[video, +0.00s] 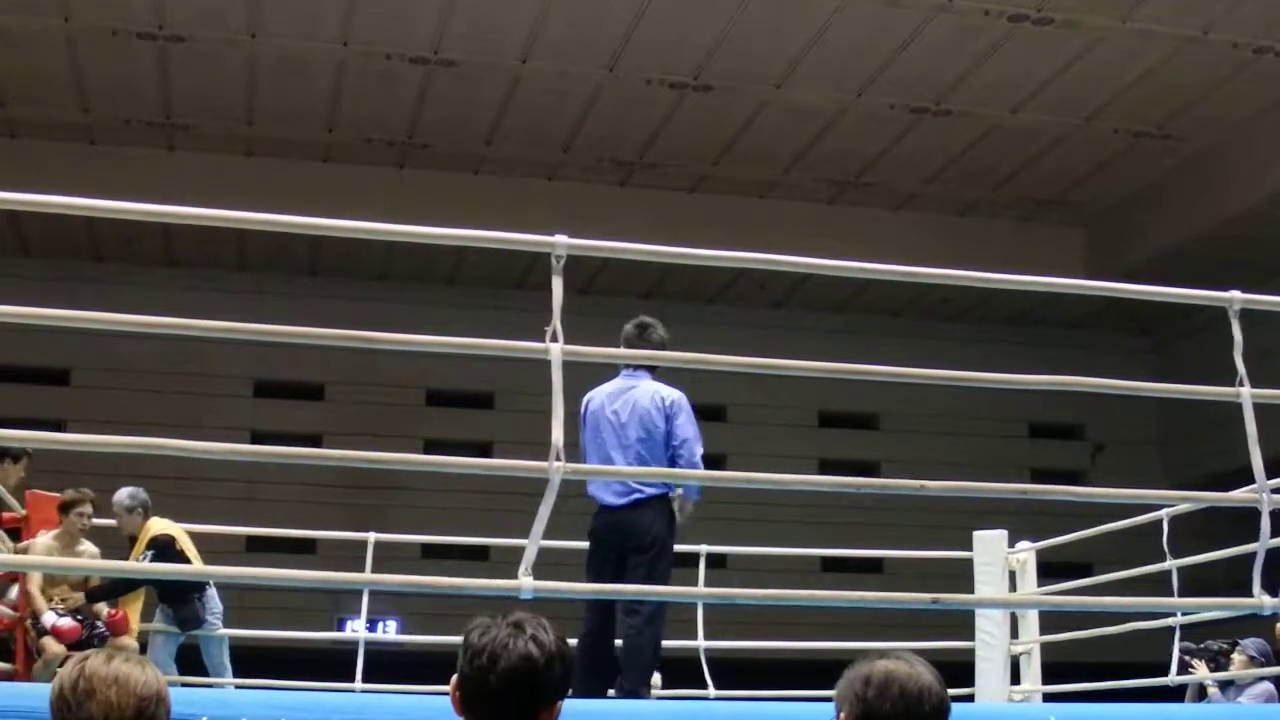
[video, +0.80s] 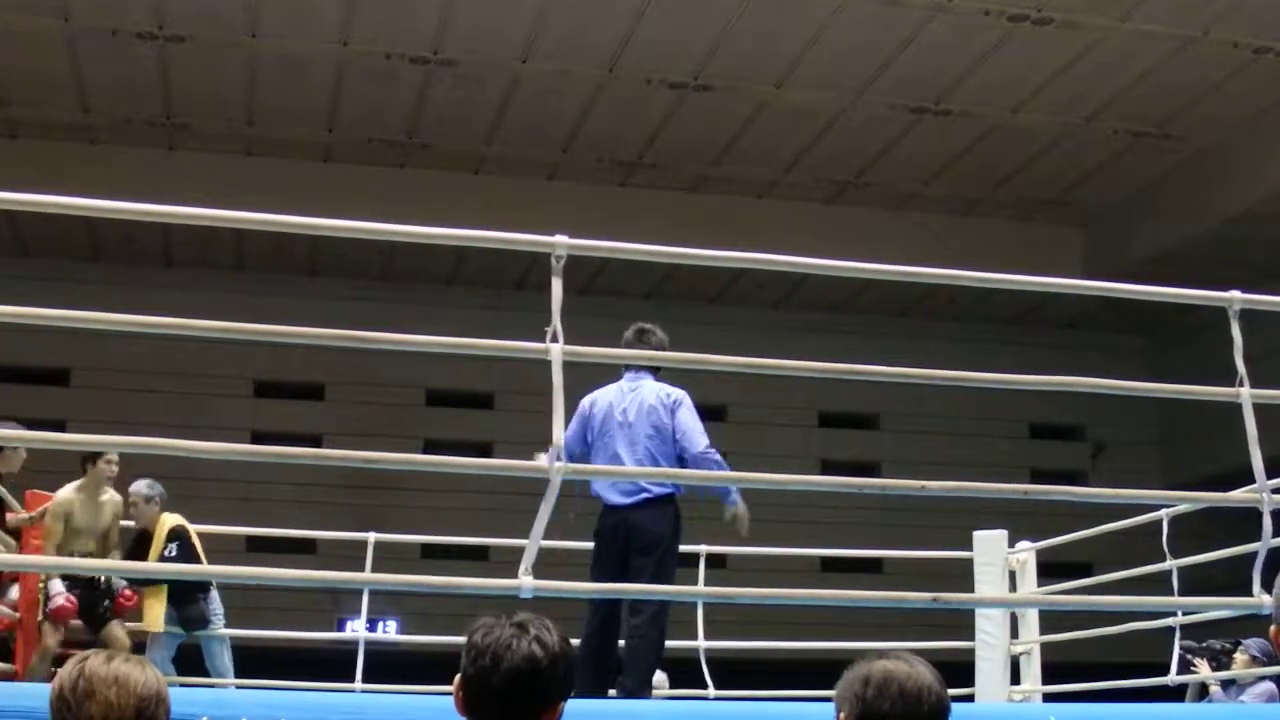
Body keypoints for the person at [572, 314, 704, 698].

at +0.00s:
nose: (658, 355)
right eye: (659, 351)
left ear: (622, 350)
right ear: (659, 354)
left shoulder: (592, 399)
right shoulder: (671, 399)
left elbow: (589, 456)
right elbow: (690, 457)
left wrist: (608, 485)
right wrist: (687, 499)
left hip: (606, 516)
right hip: (651, 515)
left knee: (597, 607)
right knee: (642, 608)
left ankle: (585, 698)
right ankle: (632, 698)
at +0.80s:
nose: (659, 362)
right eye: (662, 357)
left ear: (624, 356)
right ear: (660, 359)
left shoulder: (594, 401)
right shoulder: (673, 399)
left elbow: (569, 452)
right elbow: (700, 453)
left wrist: (550, 458)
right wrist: (731, 497)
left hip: (611, 519)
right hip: (657, 518)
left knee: (602, 607)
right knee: (647, 608)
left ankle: (587, 698)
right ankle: (633, 698)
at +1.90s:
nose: (670, 373)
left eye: (666, 368)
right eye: (669, 368)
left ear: (630, 363)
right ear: (664, 368)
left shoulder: (599, 397)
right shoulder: (672, 396)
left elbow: (553, 426)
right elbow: (718, 431)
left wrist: (530, 400)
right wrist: (771, 410)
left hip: (611, 516)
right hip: (656, 515)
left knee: (602, 606)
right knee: (645, 608)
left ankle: (590, 698)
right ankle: (633, 698)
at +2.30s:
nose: (672, 365)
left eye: (670, 359)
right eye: (671, 359)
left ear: (632, 357)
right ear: (664, 361)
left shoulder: (597, 397)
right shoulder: (668, 396)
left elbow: (554, 424)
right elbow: (713, 428)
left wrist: (513, 436)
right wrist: (769, 406)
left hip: (612, 513)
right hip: (656, 512)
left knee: (602, 603)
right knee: (647, 606)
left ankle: (589, 693)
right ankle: (633, 695)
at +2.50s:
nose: (674, 362)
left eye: (672, 355)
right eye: (673, 356)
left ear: (634, 354)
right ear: (667, 357)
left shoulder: (597, 400)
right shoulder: (668, 396)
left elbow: (565, 456)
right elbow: (713, 426)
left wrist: (556, 516)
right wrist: (770, 401)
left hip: (610, 516)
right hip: (654, 515)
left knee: (600, 608)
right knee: (646, 608)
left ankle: (587, 699)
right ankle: (631, 700)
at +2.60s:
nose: (674, 362)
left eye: (673, 356)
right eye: (673, 356)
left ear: (634, 354)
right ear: (666, 358)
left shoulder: (598, 402)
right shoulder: (668, 396)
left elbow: (585, 467)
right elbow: (713, 425)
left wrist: (585, 522)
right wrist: (776, 404)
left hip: (607, 516)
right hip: (651, 514)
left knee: (601, 606)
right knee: (646, 606)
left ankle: (588, 698)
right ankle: (631, 698)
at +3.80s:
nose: (660, 360)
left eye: (659, 353)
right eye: (658, 354)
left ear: (614, 359)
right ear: (648, 359)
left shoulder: (586, 408)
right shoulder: (665, 405)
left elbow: (573, 464)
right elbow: (681, 466)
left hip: (607, 521)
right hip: (651, 517)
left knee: (622, 610)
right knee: (669, 609)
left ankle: (645, 697)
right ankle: (633, 676)